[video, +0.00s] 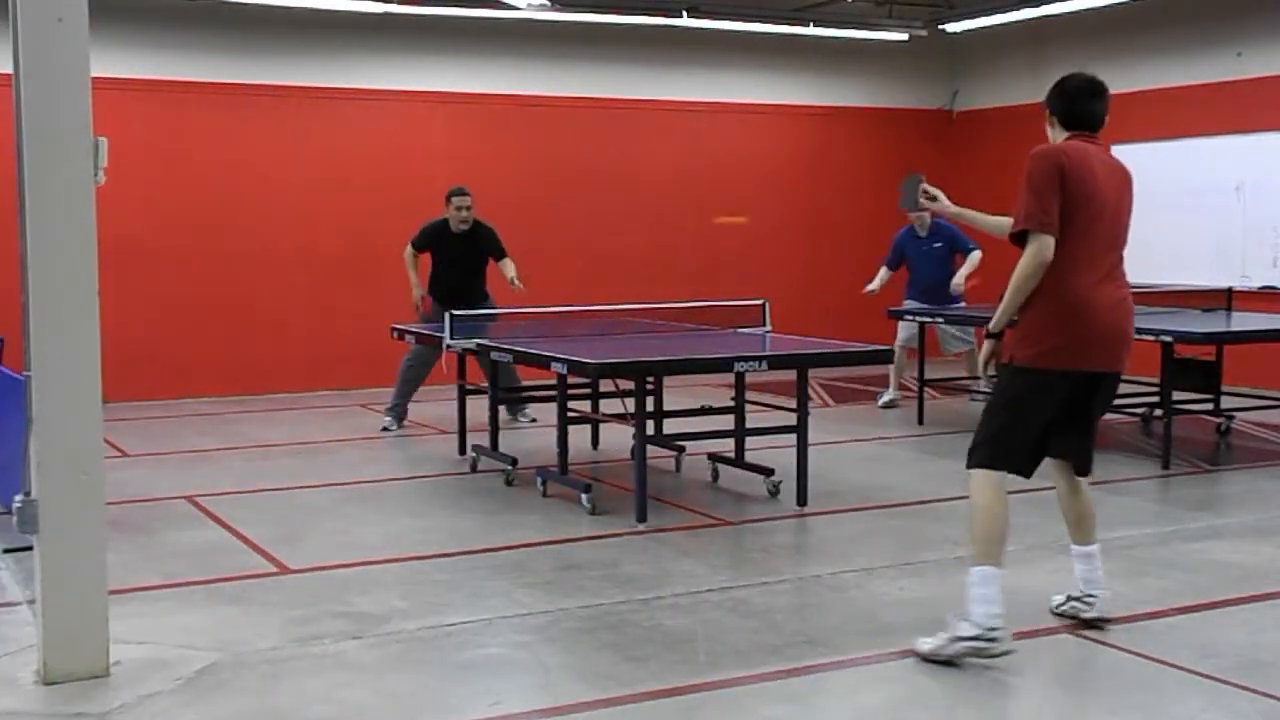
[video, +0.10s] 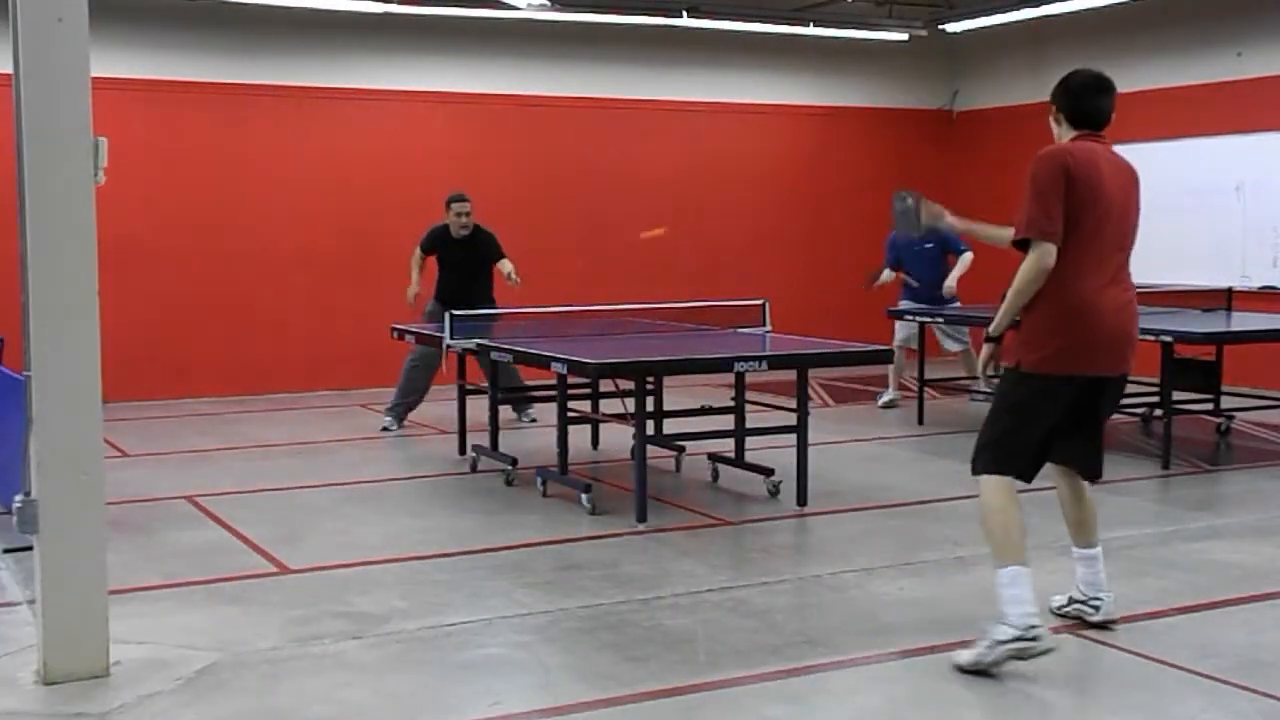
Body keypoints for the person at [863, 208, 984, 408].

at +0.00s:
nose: (917, 216)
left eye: (921, 211)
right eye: (912, 212)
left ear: (929, 211)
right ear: (907, 215)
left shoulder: (945, 231)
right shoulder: (904, 237)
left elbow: (975, 252)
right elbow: (889, 265)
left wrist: (961, 275)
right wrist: (877, 282)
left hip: (949, 300)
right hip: (916, 301)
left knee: (969, 347)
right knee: (901, 345)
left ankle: (977, 387)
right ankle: (893, 390)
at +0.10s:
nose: (907, 216)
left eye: (911, 210)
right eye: (902, 211)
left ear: (920, 211)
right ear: (896, 214)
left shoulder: (938, 233)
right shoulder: (897, 239)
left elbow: (967, 254)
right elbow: (890, 270)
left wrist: (952, 278)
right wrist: (882, 280)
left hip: (943, 300)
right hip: (911, 301)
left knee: (964, 347)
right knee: (899, 346)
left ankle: (977, 386)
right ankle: (893, 390)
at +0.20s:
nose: (905, 211)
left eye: (908, 206)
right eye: (900, 208)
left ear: (915, 205)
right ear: (893, 212)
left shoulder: (931, 227)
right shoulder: (892, 236)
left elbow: (959, 254)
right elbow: (896, 265)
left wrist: (943, 276)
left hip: (940, 298)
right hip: (908, 300)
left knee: (963, 344)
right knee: (898, 345)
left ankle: (977, 385)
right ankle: (892, 390)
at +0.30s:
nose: (910, 206)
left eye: (912, 200)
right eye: (905, 202)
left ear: (918, 201)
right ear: (896, 205)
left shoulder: (933, 223)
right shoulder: (894, 230)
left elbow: (958, 250)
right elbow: (901, 254)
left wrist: (941, 270)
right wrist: (916, 233)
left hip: (940, 295)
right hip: (909, 296)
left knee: (962, 340)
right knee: (900, 344)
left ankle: (975, 384)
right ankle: (892, 391)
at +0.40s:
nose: (921, 201)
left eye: (923, 196)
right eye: (916, 197)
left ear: (926, 197)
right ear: (903, 200)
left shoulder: (937, 223)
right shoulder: (897, 228)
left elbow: (956, 251)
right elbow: (904, 256)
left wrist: (946, 270)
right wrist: (924, 236)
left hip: (940, 293)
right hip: (910, 295)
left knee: (962, 339)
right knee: (901, 344)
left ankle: (978, 384)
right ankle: (893, 390)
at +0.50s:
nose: (932, 202)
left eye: (934, 197)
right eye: (927, 198)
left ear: (936, 199)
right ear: (914, 200)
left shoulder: (944, 227)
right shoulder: (904, 230)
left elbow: (955, 255)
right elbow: (907, 261)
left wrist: (953, 277)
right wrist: (936, 252)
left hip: (942, 294)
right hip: (913, 295)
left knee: (961, 339)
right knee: (903, 343)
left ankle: (974, 382)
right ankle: (892, 391)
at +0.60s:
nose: (943, 204)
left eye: (945, 200)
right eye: (938, 200)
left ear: (947, 202)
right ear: (925, 202)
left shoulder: (950, 229)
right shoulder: (914, 231)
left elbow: (959, 256)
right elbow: (913, 264)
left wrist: (961, 279)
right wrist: (942, 260)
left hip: (948, 297)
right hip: (918, 298)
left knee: (967, 339)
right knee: (907, 344)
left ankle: (973, 386)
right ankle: (893, 390)